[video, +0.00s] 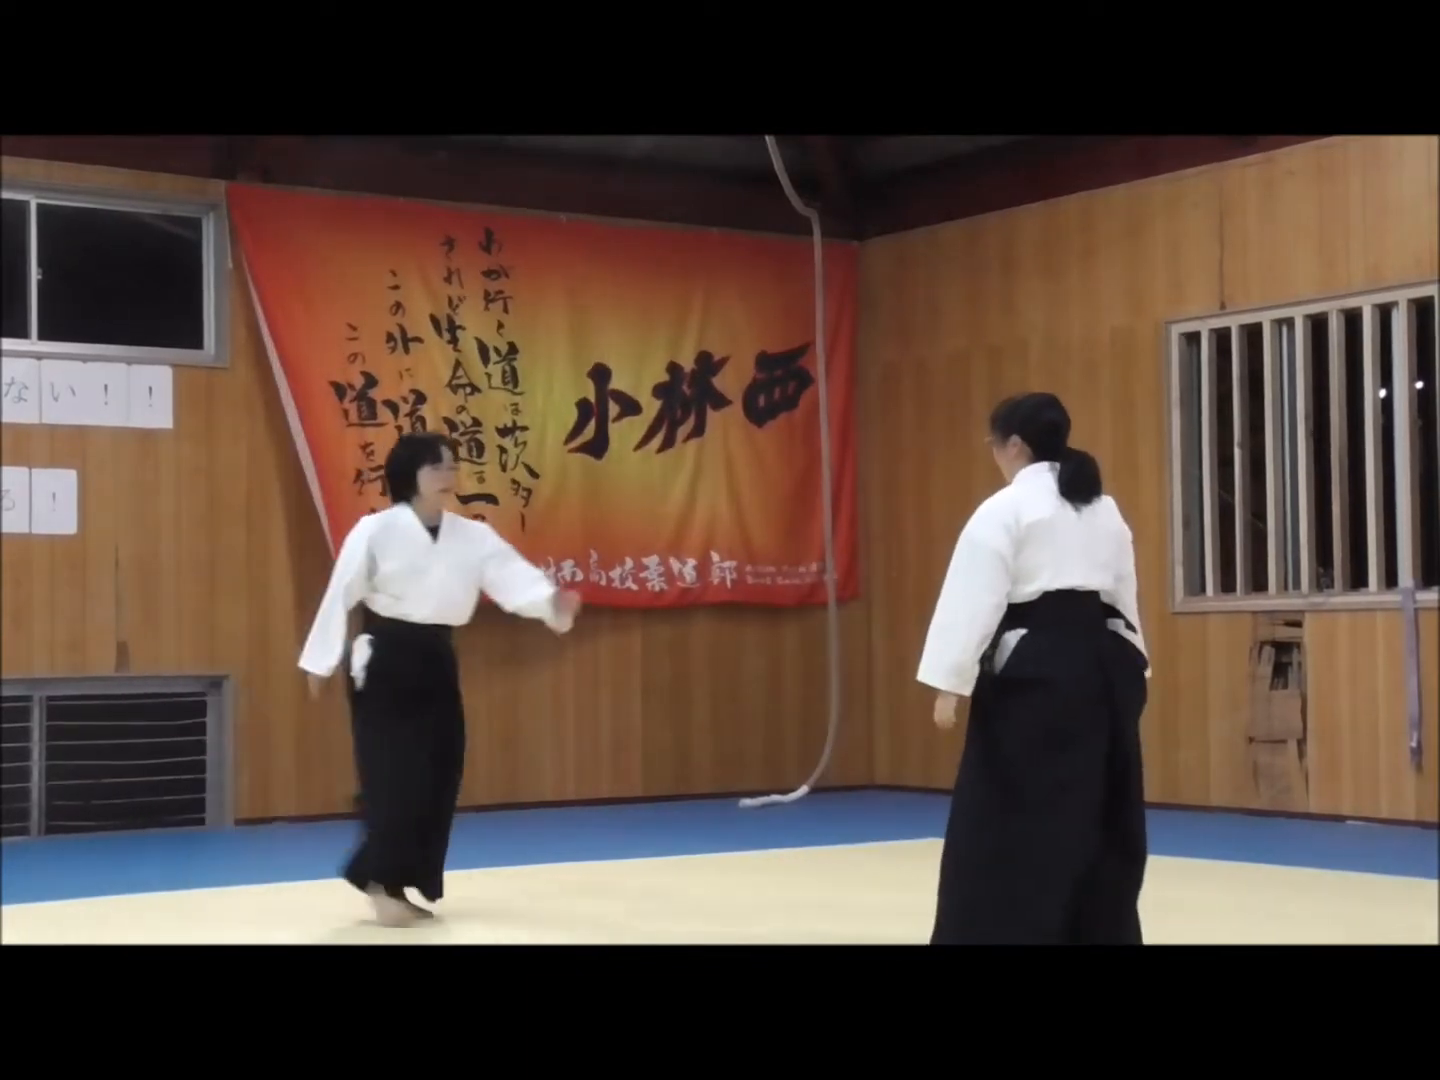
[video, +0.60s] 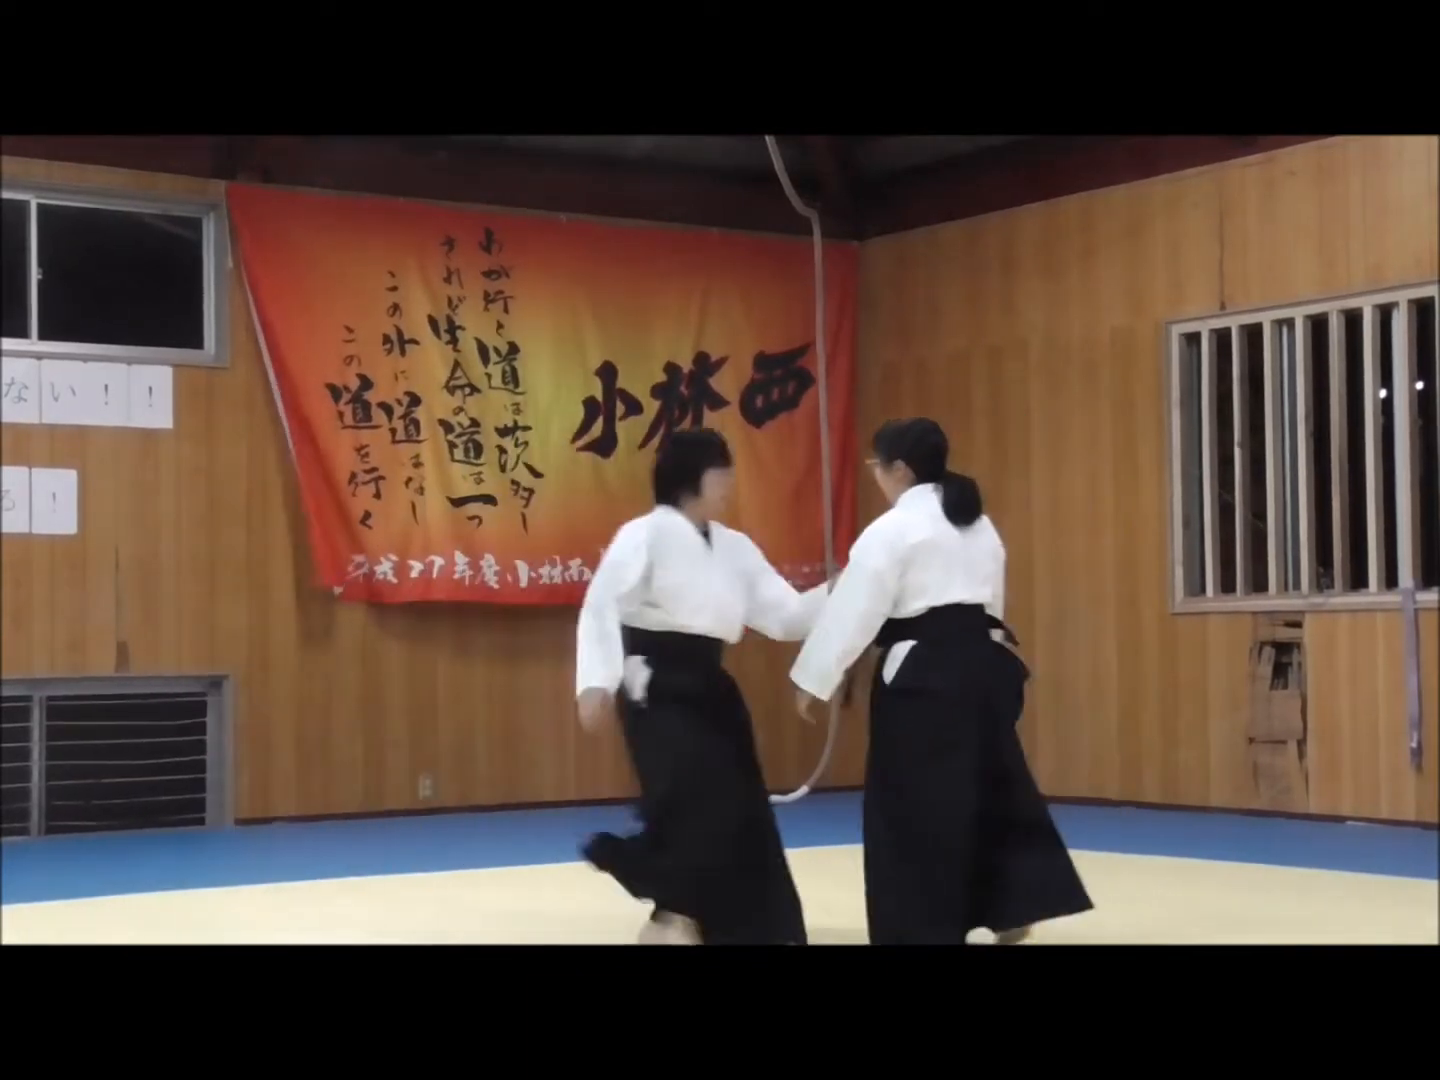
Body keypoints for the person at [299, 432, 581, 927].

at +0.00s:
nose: (449, 473)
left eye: (450, 465)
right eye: (437, 466)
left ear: (451, 474)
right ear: (411, 476)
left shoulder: (472, 535)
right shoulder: (375, 532)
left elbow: (510, 573)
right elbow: (339, 596)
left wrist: (550, 602)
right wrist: (321, 655)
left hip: (437, 657)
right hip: (386, 656)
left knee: (438, 768)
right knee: (396, 767)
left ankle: (396, 881)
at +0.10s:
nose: (484, 474)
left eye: (487, 466)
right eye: (472, 466)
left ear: (489, 475)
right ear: (444, 476)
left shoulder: (505, 535)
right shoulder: (408, 534)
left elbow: (546, 566)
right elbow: (365, 593)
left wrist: (596, 571)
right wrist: (340, 649)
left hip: (476, 661)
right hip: (424, 660)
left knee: (448, 771)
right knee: (448, 772)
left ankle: (398, 868)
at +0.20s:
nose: (524, 475)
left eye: (524, 466)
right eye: (509, 467)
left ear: (525, 476)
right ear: (481, 479)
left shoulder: (543, 537)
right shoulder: (443, 539)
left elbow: (587, 562)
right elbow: (400, 609)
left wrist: (638, 559)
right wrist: (370, 679)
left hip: (517, 666)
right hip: (462, 666)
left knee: (507, 779)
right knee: (482, 778)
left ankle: (439, 862)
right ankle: (494, 908)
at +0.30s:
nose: (564, 472)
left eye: (564, 462)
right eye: (551, 463)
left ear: (564, 471)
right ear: (523, 474)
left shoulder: (586, 534)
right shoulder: (490, 535)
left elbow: (630, 562)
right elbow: (454, 608)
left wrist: (685, 556)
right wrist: (445, 683)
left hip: (561, 669)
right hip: (504, 669)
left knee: (585, 775)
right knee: (509, 788)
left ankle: (548, 895)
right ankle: (501, 912)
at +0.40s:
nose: (615, 468)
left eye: (616, 457)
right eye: (603, 458)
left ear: (617, 465)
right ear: (574, 467)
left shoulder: (636, 530)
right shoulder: (541, 526)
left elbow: (680, 563)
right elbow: (523, 593)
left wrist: (740, 560)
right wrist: (549, 651)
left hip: (607, 667)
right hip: (547, 663)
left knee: (641, 770)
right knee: (532, 785)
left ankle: (648, 908)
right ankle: (495, 909)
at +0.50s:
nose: (669, 476)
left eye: (669, 465)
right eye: (658, 465)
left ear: (669, 472)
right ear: (626, 474)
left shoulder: (688, 539)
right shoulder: (592, 532)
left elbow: (738, 584)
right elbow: (572, 598)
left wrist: (799, 576)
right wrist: (604, 650)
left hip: (663, 675)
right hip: (605, 675)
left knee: (687, 788)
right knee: (609, 795)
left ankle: (658, 923)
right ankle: (553, 875)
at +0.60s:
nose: (730, 483)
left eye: (729, 471)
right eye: (720, 472)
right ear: (690, 478)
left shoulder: (736, 548)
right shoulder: (645, 535)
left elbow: (787, 616)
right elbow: (599, 604)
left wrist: (838, 589)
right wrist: (596, 678)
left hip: (711, 685)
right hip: (654, 684)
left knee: (740, 801)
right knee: (700, 799)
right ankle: (674, 919)